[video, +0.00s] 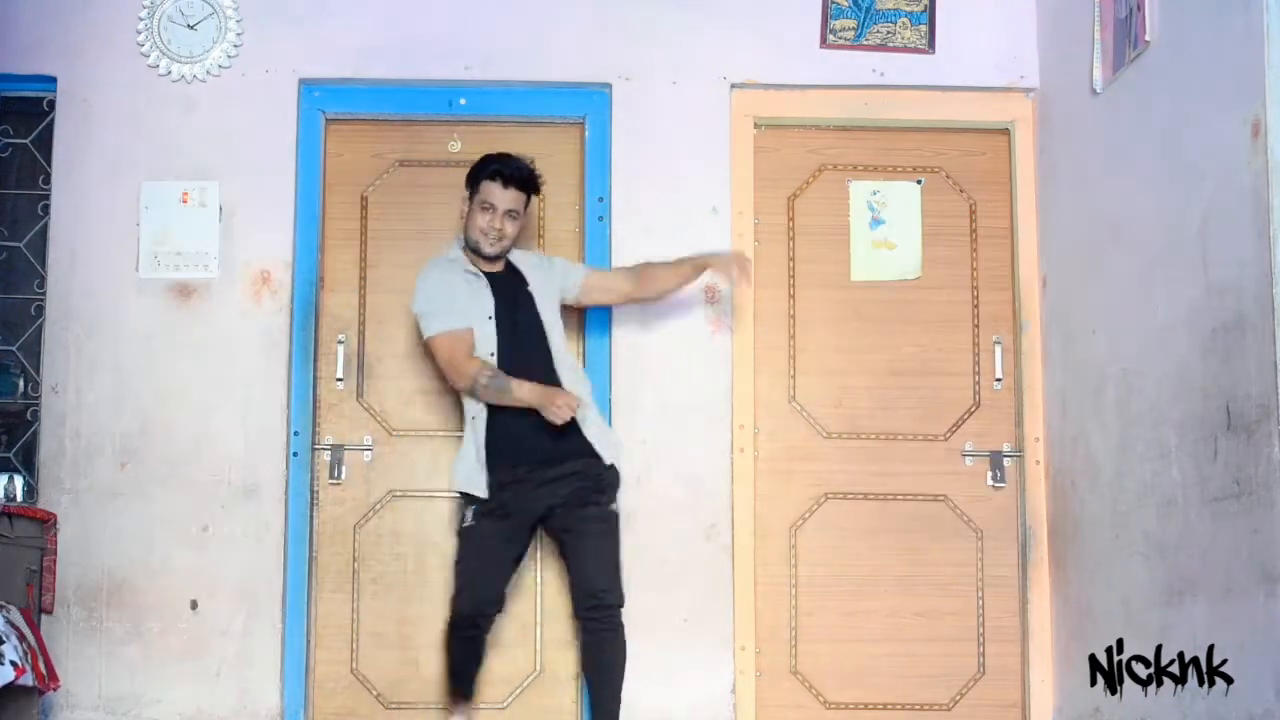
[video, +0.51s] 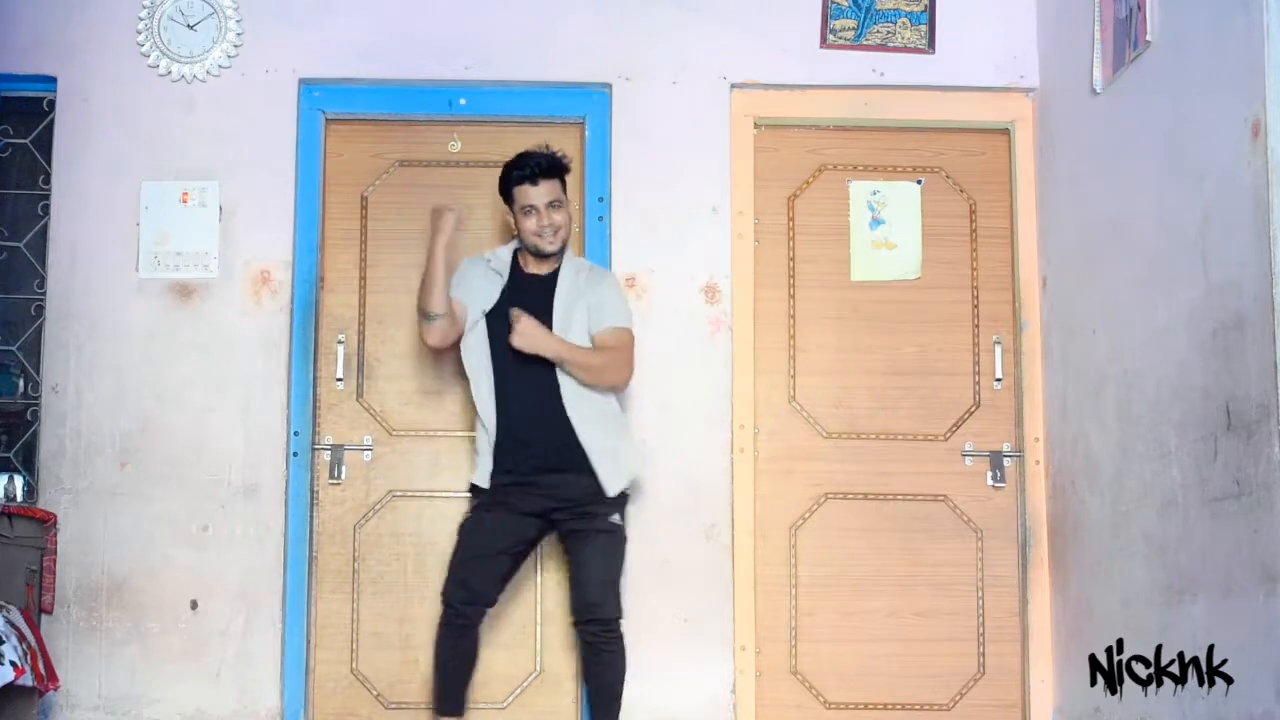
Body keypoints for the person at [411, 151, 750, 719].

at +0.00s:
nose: (497, 225)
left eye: (511, 215)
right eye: (487, 209)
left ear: (525, 219)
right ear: (467, 206)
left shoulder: (542, 269)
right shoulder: (441, 279)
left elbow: (632, 282)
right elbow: (462, 371)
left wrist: (710, 261)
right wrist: (536, 394)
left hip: (579, 469)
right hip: (501, 479)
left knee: (601, 609)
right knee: (473, 611)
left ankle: (606, 717)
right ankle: (460, 707)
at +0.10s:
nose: (515, 223)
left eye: (528, 212)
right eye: (503, 209)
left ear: (543, 220)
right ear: (484, 213)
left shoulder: (568, 282)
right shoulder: (451, 285)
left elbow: (651, 310)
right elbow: (443, 375)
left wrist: (669, 324)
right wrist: (505, 353)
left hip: (603, 473)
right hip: (527, 486)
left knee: (612, 611)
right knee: (526, 602)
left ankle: (608, 717)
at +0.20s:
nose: (533, 229)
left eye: (545, 216)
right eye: (520, 216)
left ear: (559, 223)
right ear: (501, 222)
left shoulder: (583, 294)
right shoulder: (465, 288)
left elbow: (651, 370)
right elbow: (445, 372)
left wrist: (610, 346)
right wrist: (481, 298)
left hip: (616, 476)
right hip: (541, 488)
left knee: (624, 613)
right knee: (558, 599)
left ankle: (614, 714)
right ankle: (593, 617)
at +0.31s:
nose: (546, 236)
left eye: (556, 222)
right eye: (531, 225)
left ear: (570, 224)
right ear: (510, 229)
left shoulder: (595, 300)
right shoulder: (486, 293)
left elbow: (634, 389)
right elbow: (451, 360)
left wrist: (580, 346)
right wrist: (461, 272)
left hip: (618, 485)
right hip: (543, 495)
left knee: (625, 620)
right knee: (540, 604)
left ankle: (616, 716)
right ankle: (578, 660)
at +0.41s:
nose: (549, 233)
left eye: (558, 218)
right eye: (534, 223)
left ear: (572, 219)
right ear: (514, 228)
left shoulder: (600, 297)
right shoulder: (486, 287)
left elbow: (630, 382)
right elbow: (444, 348)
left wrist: (569, 340)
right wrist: (459, 262)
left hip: (609, 488)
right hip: (530, 494)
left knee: (615, 620)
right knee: (495, 600)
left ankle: (613, 718)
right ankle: (520, 703)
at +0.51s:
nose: (546, 221)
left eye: (555, 206)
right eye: (530, 210)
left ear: (570, 207)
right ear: (511, 214)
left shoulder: (598, 283)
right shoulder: (479, 275)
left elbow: (618, 370)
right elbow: (436, 334)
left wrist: (549, 344)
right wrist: (441, 246)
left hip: (592, 486)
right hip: (510, 485)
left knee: (599, 621)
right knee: (461, 605)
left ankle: (605, 718)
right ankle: (447, 715)